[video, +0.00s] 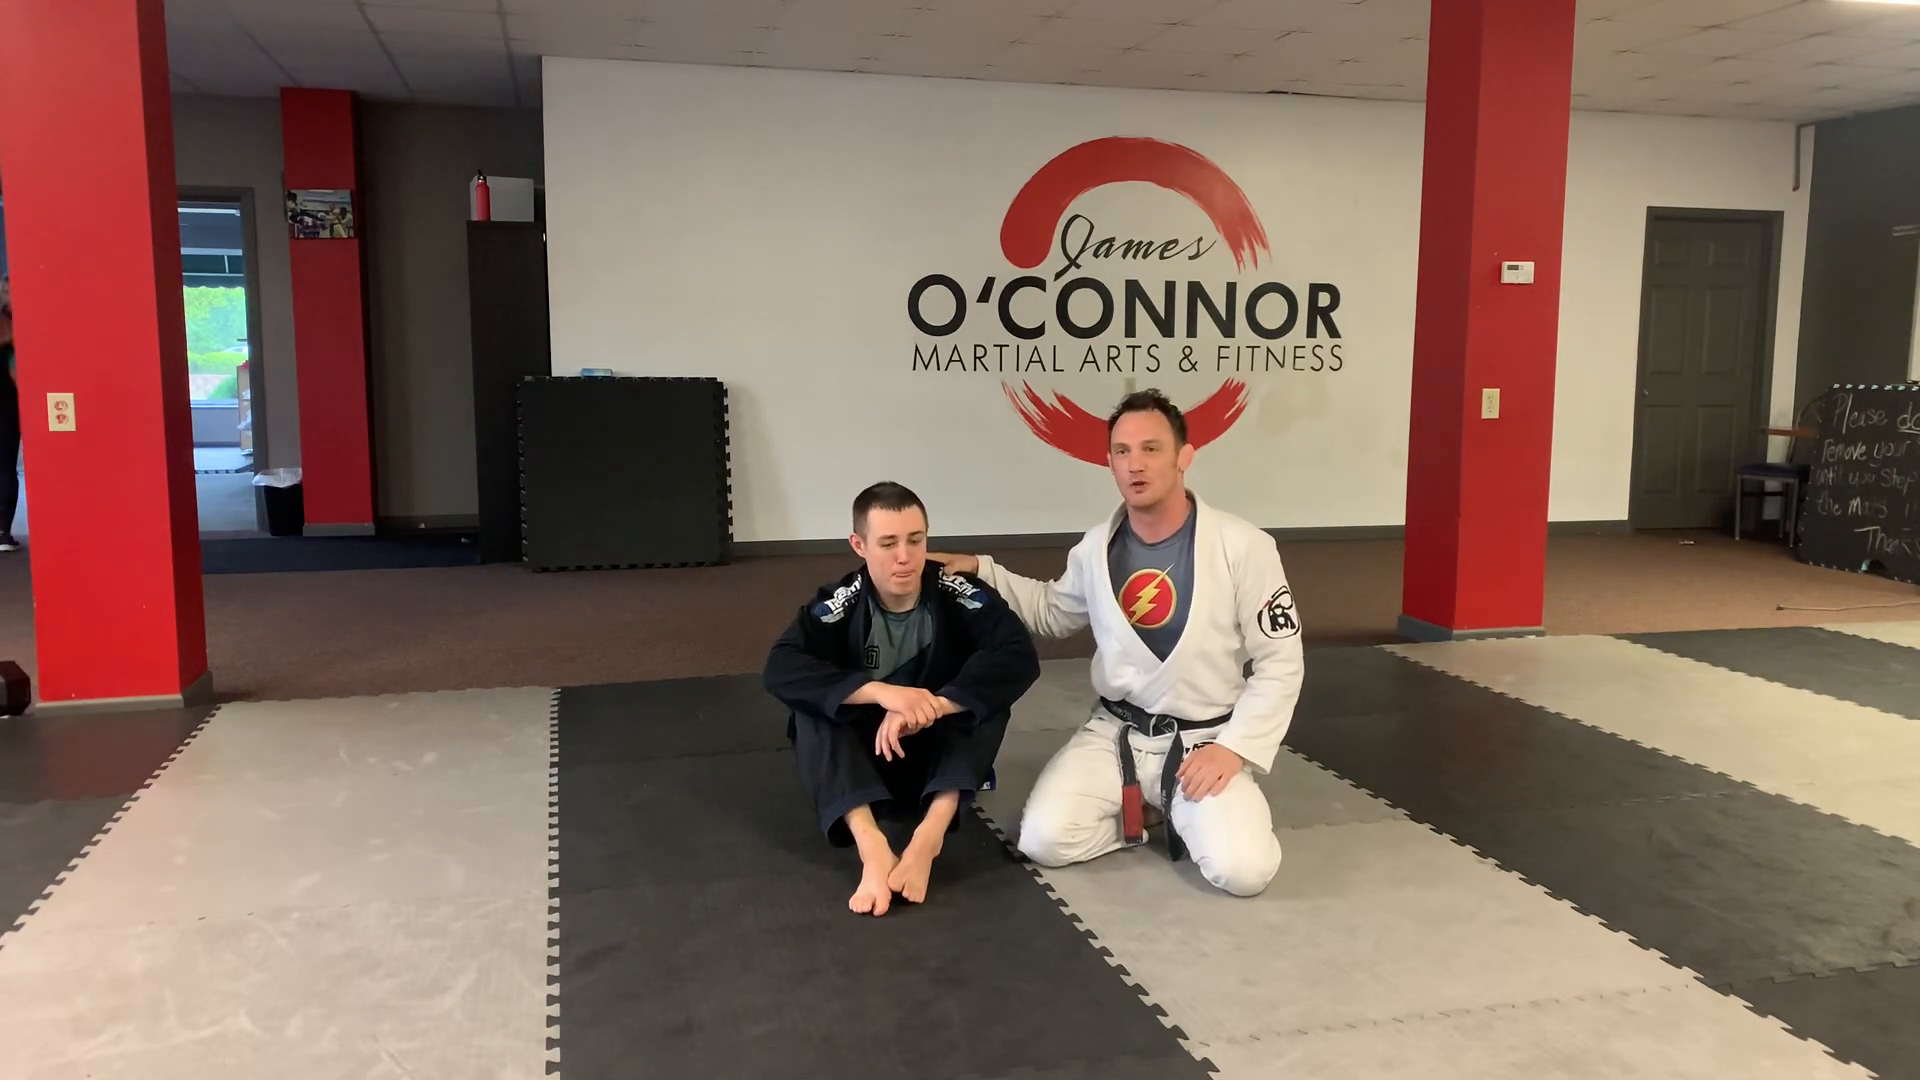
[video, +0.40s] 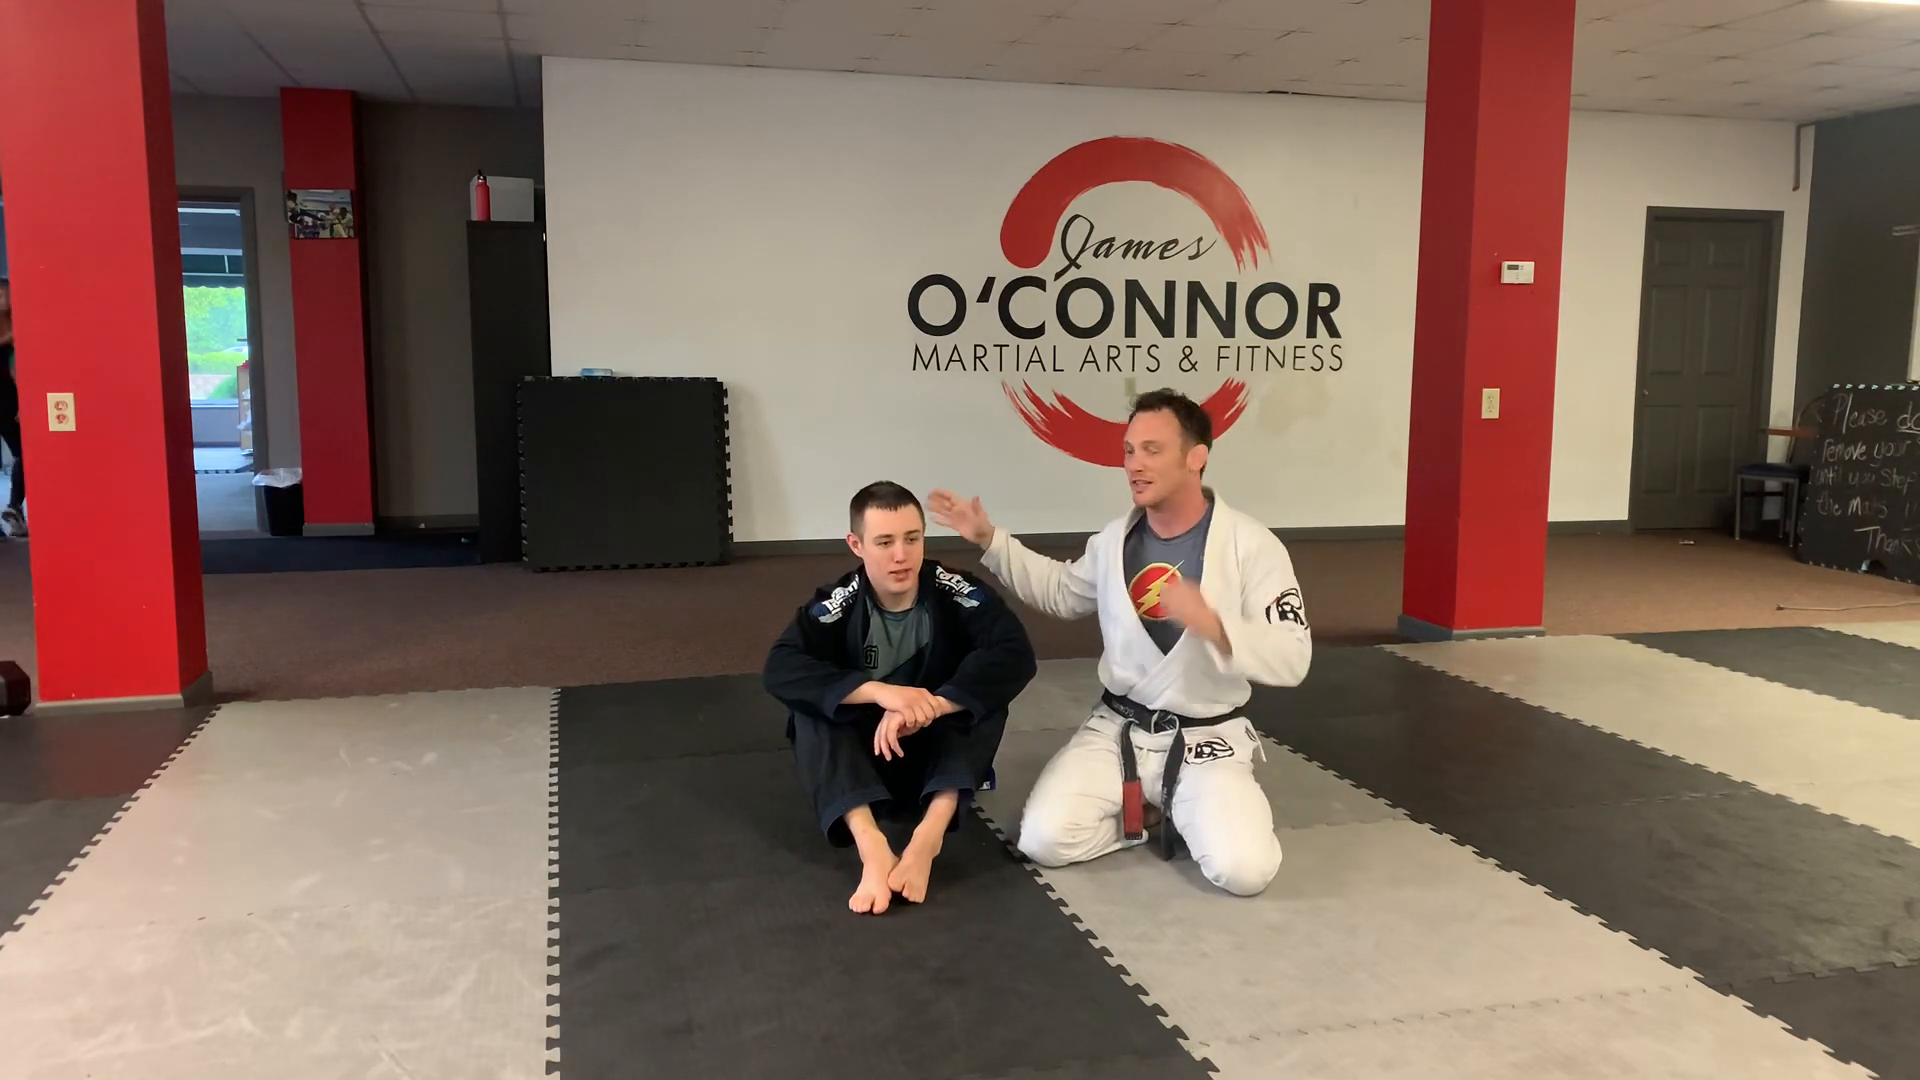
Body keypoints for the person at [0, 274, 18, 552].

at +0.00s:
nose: (8, 291)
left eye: (10, 286)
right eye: (5, 286)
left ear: (15, 291)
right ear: (2, 290)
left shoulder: (13, 318)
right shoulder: (4, 317)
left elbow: (10, 342)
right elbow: (5, 342)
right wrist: (15, 323)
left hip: (10, 393)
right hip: (5, 394)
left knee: (7, 466)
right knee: (6, 466)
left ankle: (4, 529)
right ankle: (3, 530)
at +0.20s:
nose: (6, 303)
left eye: (9, 298)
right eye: (4, 298)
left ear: (16, 300)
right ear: (0, 300)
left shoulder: (19, 327)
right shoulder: (4, 327)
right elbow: (4, 349)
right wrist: (14, 332)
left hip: (13, 404)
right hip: (6, 405)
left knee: (13, 464)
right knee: (11, 464)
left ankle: (8, 521)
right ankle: (6, 521)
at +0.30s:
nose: (1, 301)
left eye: (4, 296)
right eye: (0, 296)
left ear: (12, 300)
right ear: (1, 300)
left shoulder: (13, 331)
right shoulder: (8, 334)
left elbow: (17, 371)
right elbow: (14, 373)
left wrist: (22, 406)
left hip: (9, 408)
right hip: (4, 409)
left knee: (20, 460)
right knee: (19, 460)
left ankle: (12, 508)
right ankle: (12, 508)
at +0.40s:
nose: (4, 303)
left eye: (6, 299)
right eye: (2, 299)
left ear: (12, 302)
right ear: (0, 302)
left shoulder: (15, 329)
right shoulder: (5, 332)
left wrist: (23, 405)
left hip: (10, 404)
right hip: (5, 404)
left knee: (22, 453)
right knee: (22, 453)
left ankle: (15, 508)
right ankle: (14, 508)